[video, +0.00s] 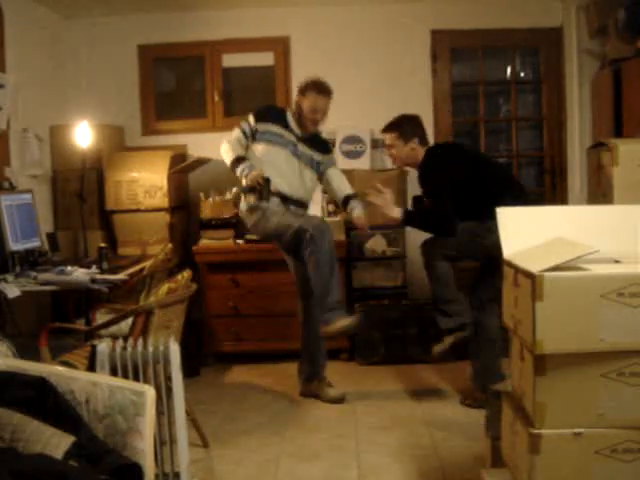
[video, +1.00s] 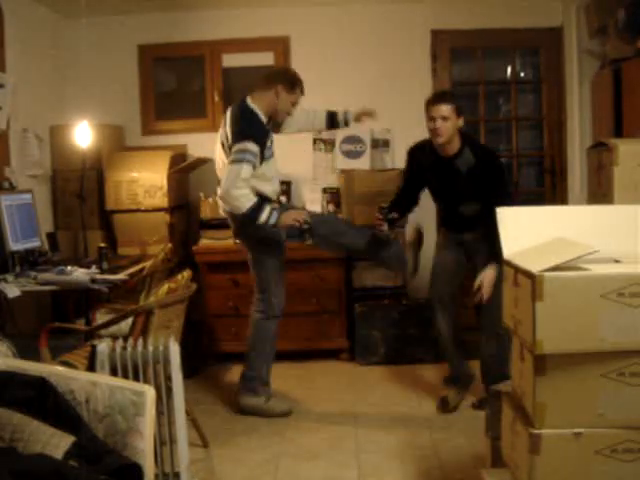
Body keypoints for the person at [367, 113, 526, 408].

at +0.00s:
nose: (389, 154)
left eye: (392, 147)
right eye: (387, 148)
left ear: (413, 143)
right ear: (415, 144)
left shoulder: (436, 164)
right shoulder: (444, 157)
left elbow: (444, 225)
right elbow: (441, 215)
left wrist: (398, 213)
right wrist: (399, 208)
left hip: (499, 229)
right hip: (511, 225)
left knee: (434, 249)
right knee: (485, 300)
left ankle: (455, 321)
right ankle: (489, 383)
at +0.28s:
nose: (390, 149)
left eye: (395, 141)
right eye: (389, 142)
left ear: (417, 139)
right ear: (416, 141)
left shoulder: (436, 164)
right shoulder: (436, 161)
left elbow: (415, 225)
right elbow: (415, 222)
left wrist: (368, 249)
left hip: (510, 220)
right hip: (514, 217)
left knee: (453, 273)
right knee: (490, 296)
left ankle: (464, 367)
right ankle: (499, 378)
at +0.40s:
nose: (391, 149)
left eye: (396, 141)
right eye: (389, 142)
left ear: (418, 140)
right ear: (414, 141)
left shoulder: (445, 168)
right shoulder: (428, 163)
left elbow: (466, 240)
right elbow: (437, 197)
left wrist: (420, 239)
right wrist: (403, 211)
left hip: (498, 234)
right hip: (482, 232)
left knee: (464, 307)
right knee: (487, 306)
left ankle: (467, 386)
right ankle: (500, 371)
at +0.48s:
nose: (401, 153)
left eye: (407, 146)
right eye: (399, 146)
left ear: (429, 146)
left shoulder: (455, 176)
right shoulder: (428, 174)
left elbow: (483, 242)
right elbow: (435, 203)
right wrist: (403, 215)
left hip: (493, 251)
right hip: (471, 250)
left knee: (461, 312)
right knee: (445, 305)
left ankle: (475, 388)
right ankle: (467, 380)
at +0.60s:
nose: (406, 145)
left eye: (413, 139)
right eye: (404, 139)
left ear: (434, 139)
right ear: (403, 140)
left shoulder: (462, 173)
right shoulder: (421, 170)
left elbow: (478, 238)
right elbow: (430, 198)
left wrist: (459, 289)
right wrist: (397, 214)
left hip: (495, 235)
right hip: (461, 231)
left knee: (476, 307)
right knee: (416, 252)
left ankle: (474, 387)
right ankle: (431, 328)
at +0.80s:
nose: (427, 139)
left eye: (435, 133)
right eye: (424, 133)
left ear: (453, 136)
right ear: (421, 136)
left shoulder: (479, 172)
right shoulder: (425, 165)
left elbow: (485, 239)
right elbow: (420, 199)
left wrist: (467, 295)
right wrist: (394, 217)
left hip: (490, 247)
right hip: (458, 244)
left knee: (488, 316)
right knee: (433, 298)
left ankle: (497, 388)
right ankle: (429, 377)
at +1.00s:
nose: (435, 125)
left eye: (442, 119)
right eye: (431, 119)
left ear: (459, 121)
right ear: (427, 122)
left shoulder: (484, 158)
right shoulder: (422, 156)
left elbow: (503, 214)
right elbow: (408, 195)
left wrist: (494, 264)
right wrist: (392, 214)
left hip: (488, 242)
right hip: (451, 241)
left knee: (491, 313)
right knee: (441, 303)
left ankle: (493, 386)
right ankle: (458, 378)